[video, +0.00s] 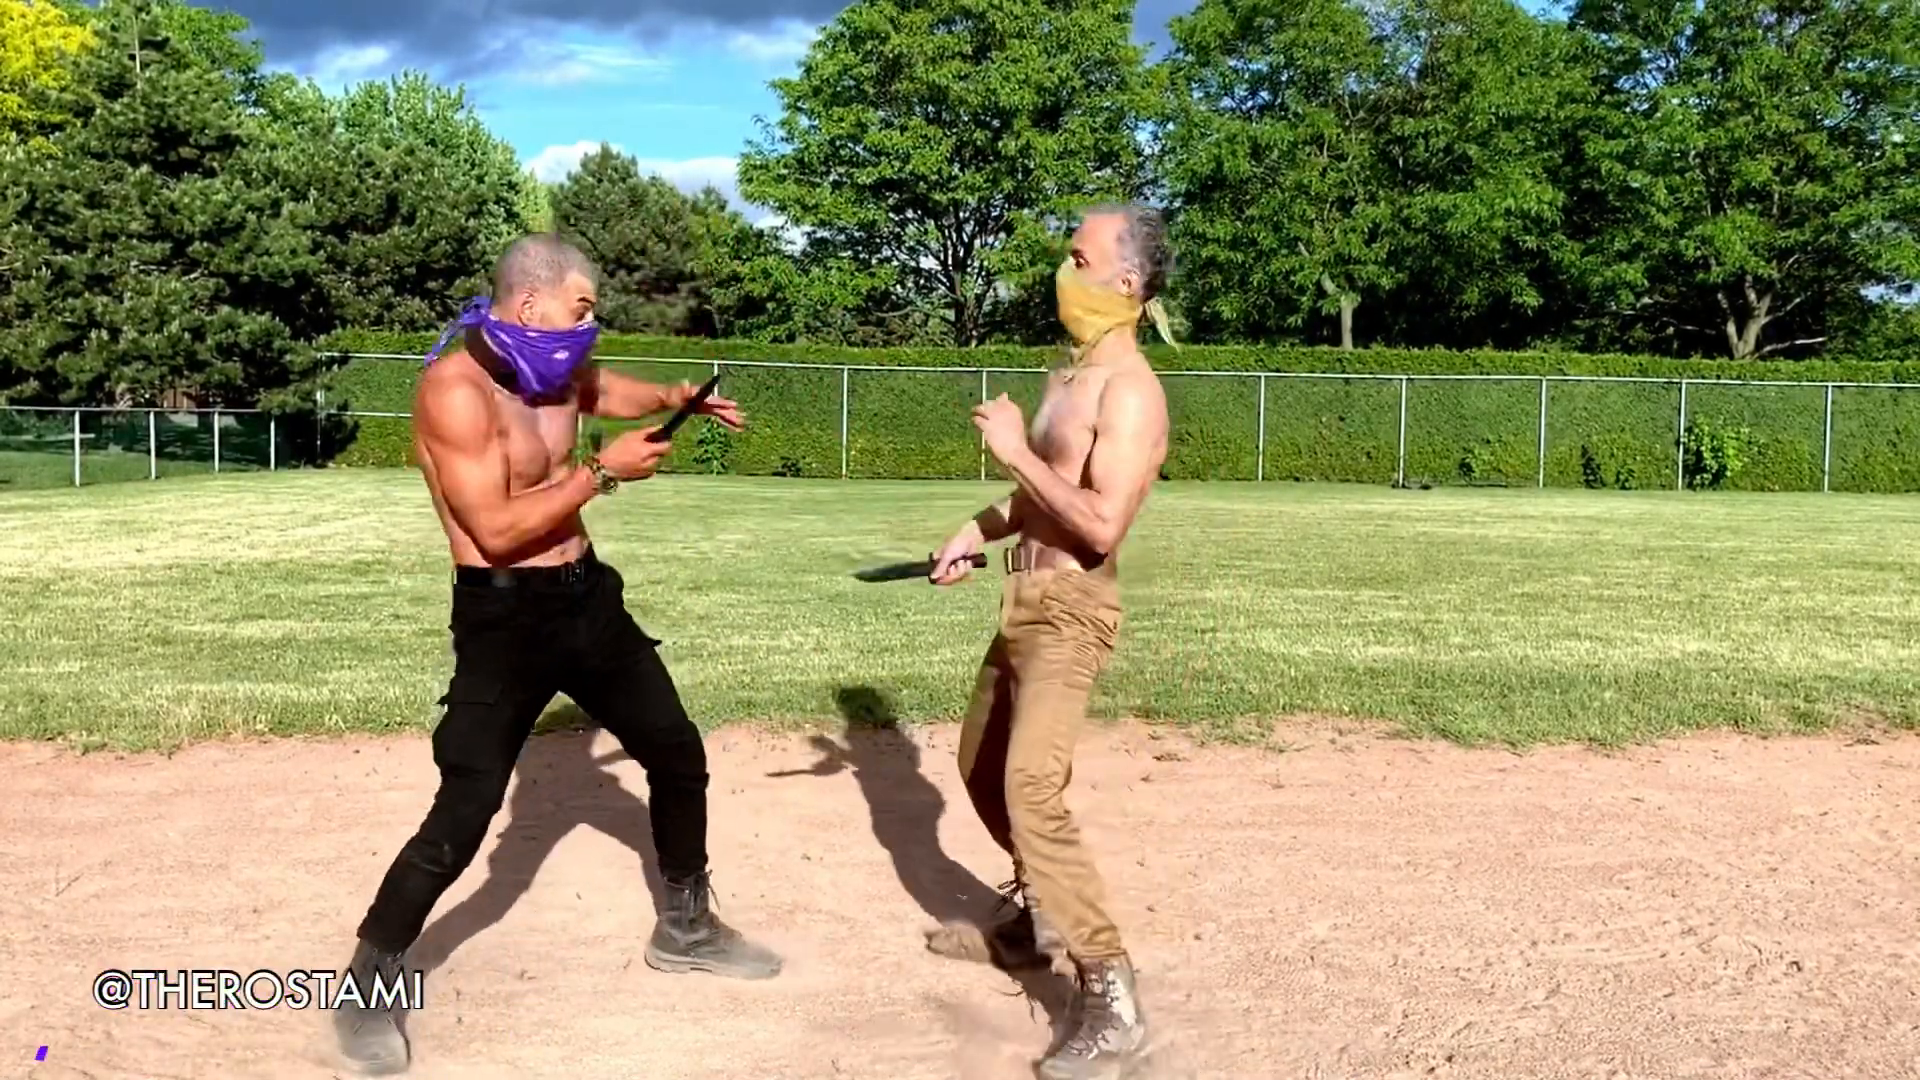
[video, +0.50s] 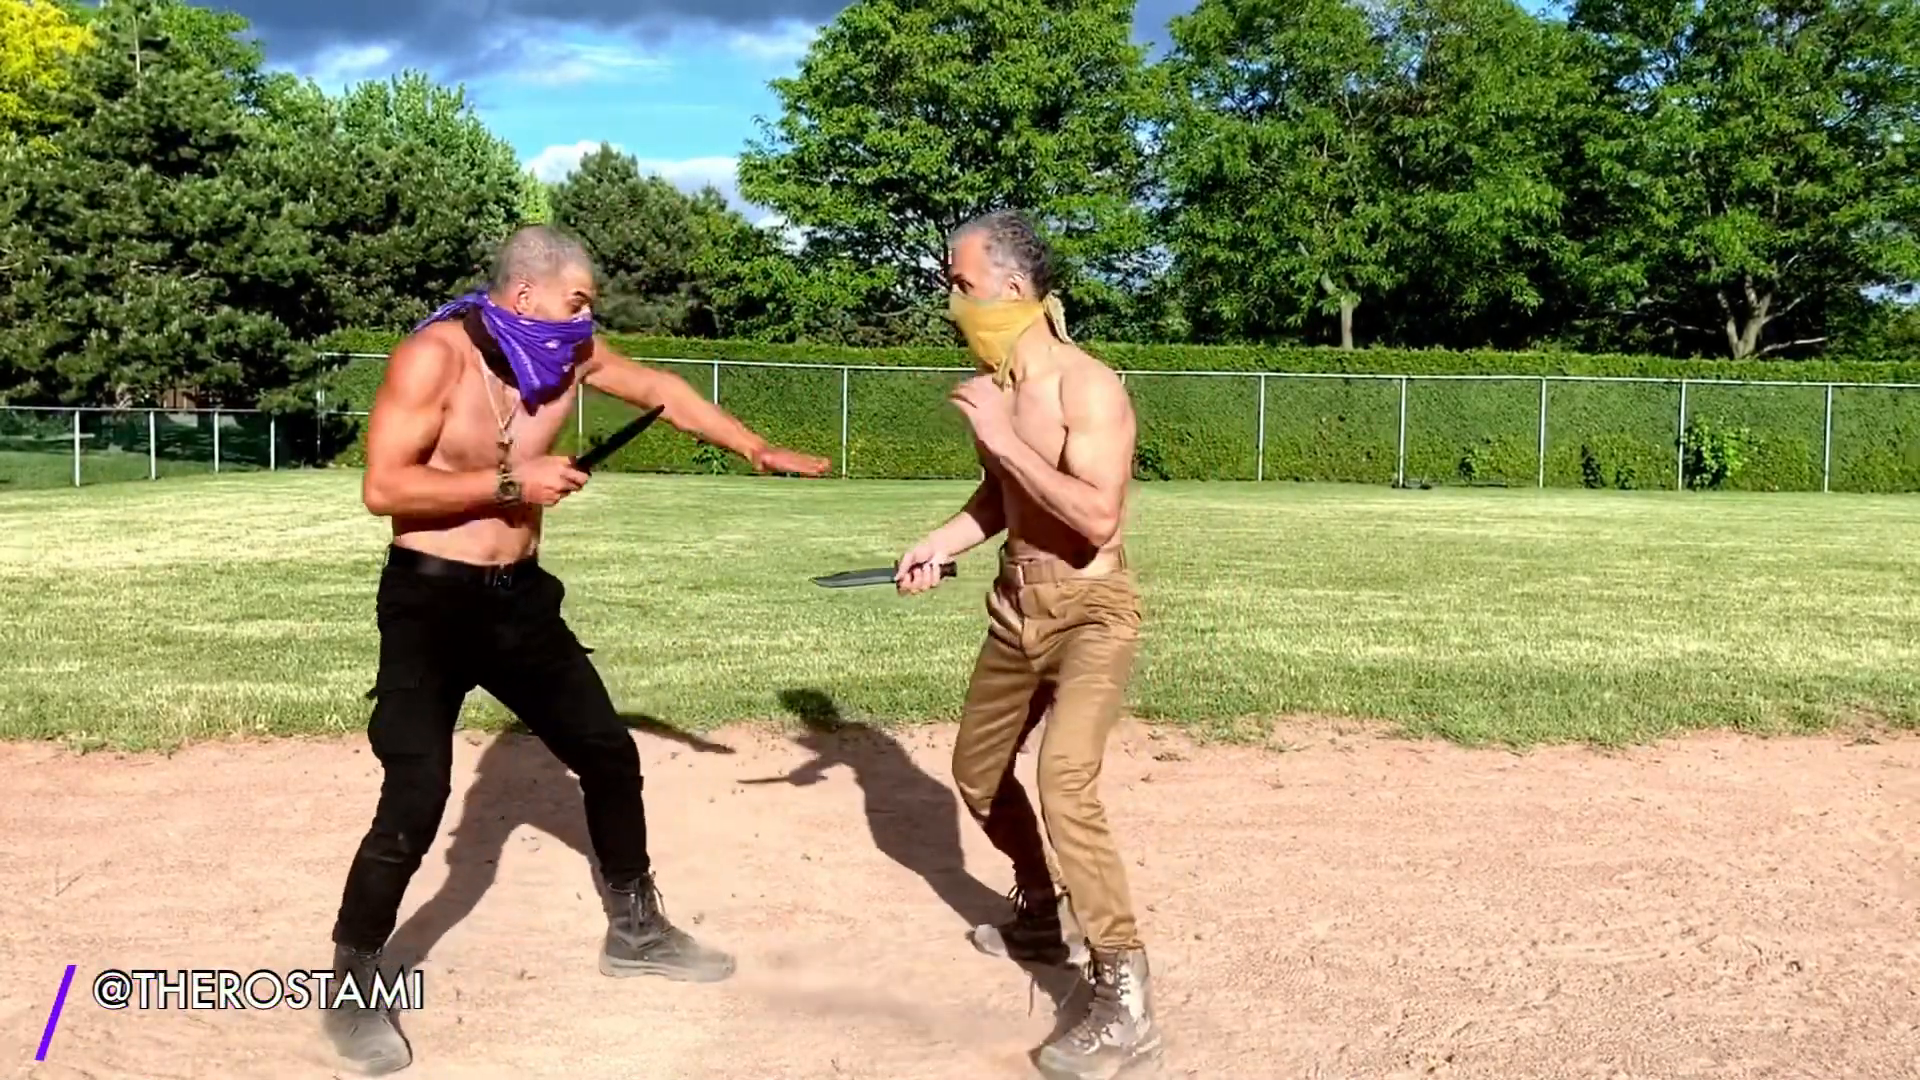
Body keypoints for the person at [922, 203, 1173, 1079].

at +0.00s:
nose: (1062, 272)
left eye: (1079, 261)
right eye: (1067, 257)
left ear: (1128, 281)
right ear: (1111, 278)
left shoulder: (1132, 390)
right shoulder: (1072, 373)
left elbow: (1103, 527)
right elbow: (1049, 492)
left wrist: (1016, 455)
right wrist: (981, 531)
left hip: (1070, 607)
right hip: (1029, 596)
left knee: (1031, 797)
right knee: (982, 768)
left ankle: (1112, 999)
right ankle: (1037, 911)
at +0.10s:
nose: (1002, 289)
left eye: (1014, 275)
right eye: (1003, 274)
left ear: (1063, 281)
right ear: (1057, 280)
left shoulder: (1095, 376)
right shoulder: (1061, 379)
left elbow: (1067, 498)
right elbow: (1061, 515)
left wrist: (990, 423)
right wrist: (990, 550)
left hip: (1093, 608)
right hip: (1057, 604)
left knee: (1046, 793)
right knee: (997, 763)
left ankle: (1116, 1001)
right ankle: (1051, 904)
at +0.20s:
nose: (960, 312)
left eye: (968, 295)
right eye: (957, 297)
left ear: (1020, 291)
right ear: (1011, 294)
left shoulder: (1070, 373)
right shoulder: (1048, 383)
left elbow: (1055, 482)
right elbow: (1071, 517)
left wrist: (970, 420)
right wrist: (1004, 560)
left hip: (1110, 609)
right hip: (1065, 611)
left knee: (1060, 788)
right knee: (1008, 766)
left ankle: (1122, 1004)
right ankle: (1051, 912)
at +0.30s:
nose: (948, 312)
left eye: (957, 295)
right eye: (945, 297)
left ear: (1004, 289)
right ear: (992, 294)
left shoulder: (1070, 375)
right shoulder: (1019, 390)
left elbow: (1072, 493)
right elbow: (1053, 512)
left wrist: (975, 435)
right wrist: (997, 559)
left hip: (1114, 604)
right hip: (1057, 608)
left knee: (1074, 779)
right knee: (1006, 762)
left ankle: (1124, 1000)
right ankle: (1048, 912)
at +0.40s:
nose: (950, 309)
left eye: (958, 291)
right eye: (947, 293)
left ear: (1008, 286)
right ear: (999, 290)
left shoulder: (1087, 379)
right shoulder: (1006, 392)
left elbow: (1079, 503)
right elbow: (1025, 502)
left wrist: (984, 429)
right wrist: (969, 550)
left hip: (1108, 605)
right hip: (1040, 606)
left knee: (1067, 776)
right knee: (992, 771)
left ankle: (1123, 995)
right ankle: (1046, 896)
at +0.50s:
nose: (953, 303)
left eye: (962, 285)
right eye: (950, 286)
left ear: (1017, 285)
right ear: (1007, 286)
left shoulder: (1092, 384)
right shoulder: (1002, 387)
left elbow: (1101, 519)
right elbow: (1007, 493)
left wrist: (1000, 439)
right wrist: (948, 539)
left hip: (1094, 612)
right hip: (1017, 608)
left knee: (1063, 780)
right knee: (979, 772)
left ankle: (1124, 995)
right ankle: (1041, 897)